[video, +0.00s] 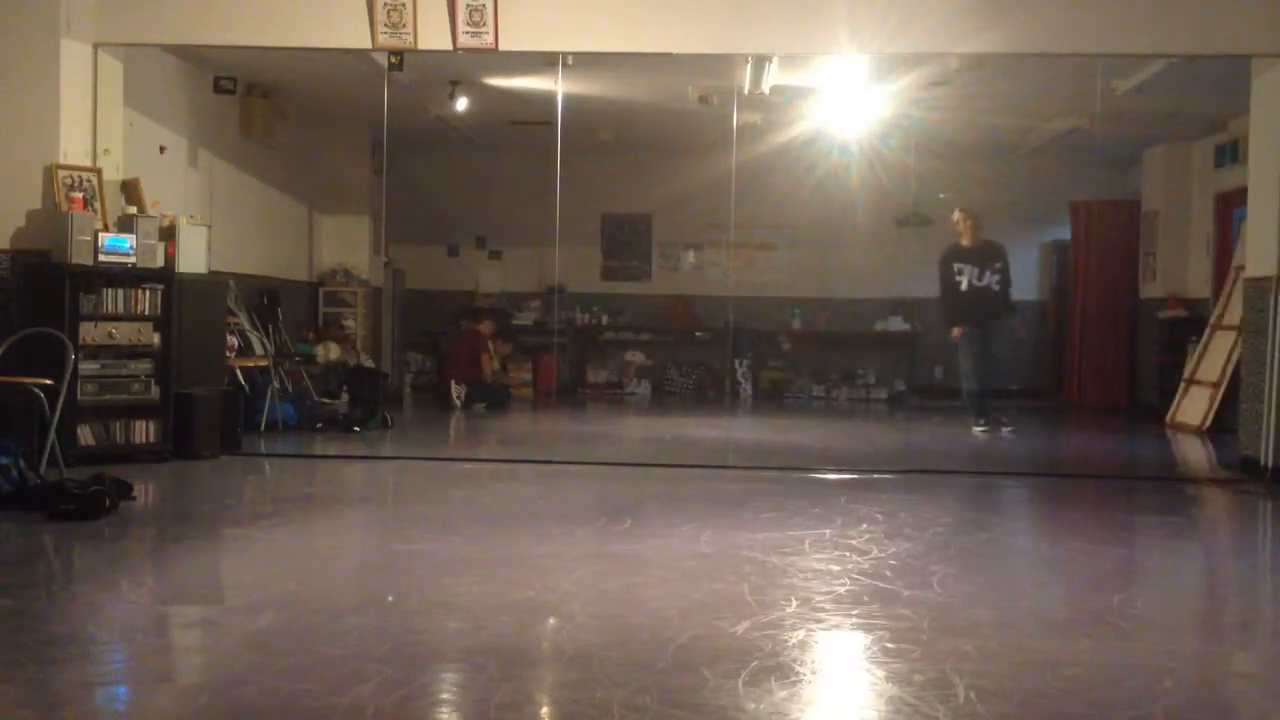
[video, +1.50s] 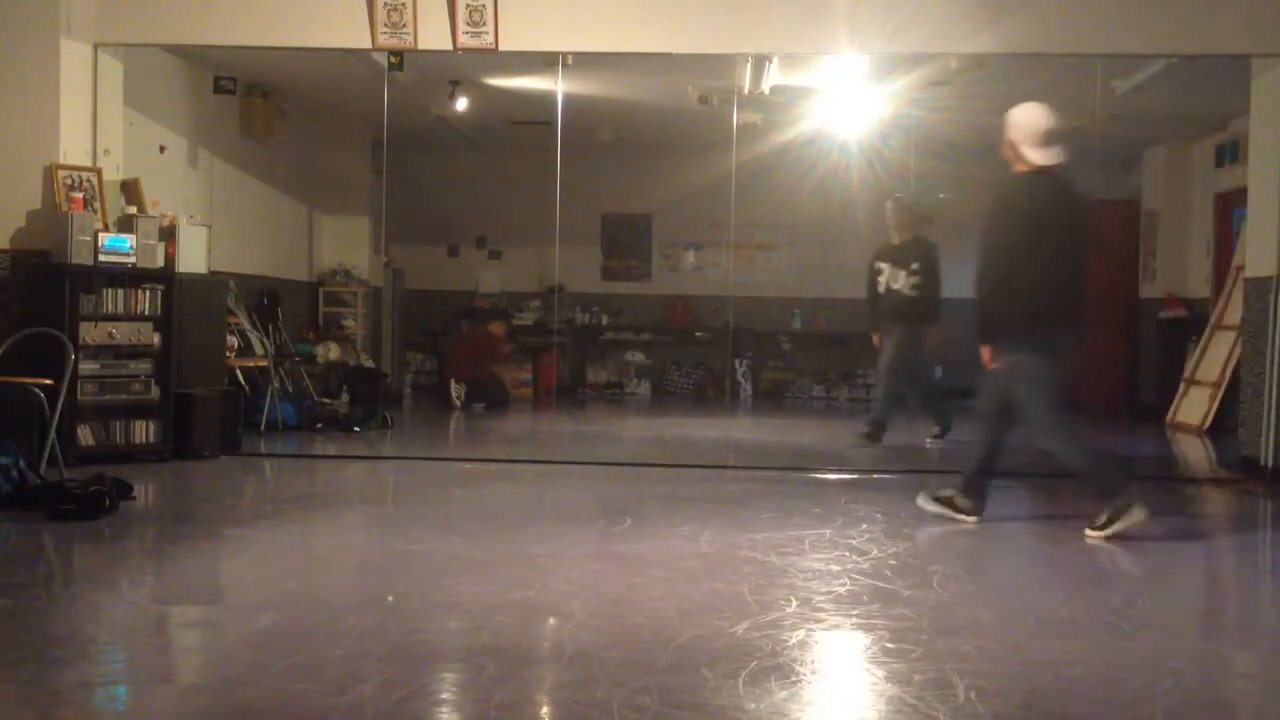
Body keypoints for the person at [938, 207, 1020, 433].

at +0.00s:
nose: (969, 224)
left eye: (971, 219)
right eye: (964, 221)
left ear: (977, 223)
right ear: (956, 226)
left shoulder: (995, 250)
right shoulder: (950, 255)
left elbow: (1004, 287)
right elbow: (947, 292)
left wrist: (1012, 316)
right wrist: (953, 322)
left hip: (994, 316)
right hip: (966, 318)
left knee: (996, 365)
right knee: (971, 368)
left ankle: (997, 413)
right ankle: (979, 417)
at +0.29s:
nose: (980, 229)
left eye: (983, 225)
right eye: (975, 225)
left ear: (991, 228)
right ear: (968, 229)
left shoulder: (1005, 255)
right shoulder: (960, 258)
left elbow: (1017, 289)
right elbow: (956, 296)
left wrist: (1017, 317)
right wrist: (960, 326)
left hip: (1001, 321)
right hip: (972, 322)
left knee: (1001, 369)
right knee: (975, 372)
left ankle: (999, 417)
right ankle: (979, 417)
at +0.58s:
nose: (978, 221)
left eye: (982, 216)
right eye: (974, 217)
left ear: (991, 220)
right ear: (968, 222)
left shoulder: (1009, 249)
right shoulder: (959, 254)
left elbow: (1019, 286)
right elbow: (954, 291)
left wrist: (1023, 319)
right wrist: (956, 321)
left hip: (1003, 318)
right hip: (971, 319)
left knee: (1001, 371)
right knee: (970, 369)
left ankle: (997, 421)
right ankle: (979, 412)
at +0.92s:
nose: (951, 225)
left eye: (956, 220)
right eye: (947, 220)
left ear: (966, 222)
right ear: (943, 225)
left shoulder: (986, 249)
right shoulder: (939, 258)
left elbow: (1001, 287)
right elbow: (934, 299)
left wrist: (1003, 323)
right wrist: (936, 332)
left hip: (985, 325)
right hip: (953, 327)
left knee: (993, 376)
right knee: (947, 378)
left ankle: (996, 425)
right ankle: (950, 426)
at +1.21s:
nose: (923, 214)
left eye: (928, 208)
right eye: (919, 209)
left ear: (941, 210)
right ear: (916, 213)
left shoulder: (960, 243)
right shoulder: (913, 247)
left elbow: (971, 281)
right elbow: (904, 286)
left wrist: (974, 314)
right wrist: (902, 321)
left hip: (950, 314)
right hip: (921, 315)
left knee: (941, 367)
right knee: (930, 369)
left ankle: (949, 424)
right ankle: (942, 425)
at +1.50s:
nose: (891, 219)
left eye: (896, 214)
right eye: (889, 214)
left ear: (910, 217)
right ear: (886, 218)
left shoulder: (925, 249)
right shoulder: (882, 253)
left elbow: (932, 290)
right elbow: (873, 293)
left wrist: (932, 324)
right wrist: (874, 327)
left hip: (911, 321)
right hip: (887, 321)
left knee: (887, 369)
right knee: (913, 375)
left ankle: (877, 425)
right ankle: (941, 418)